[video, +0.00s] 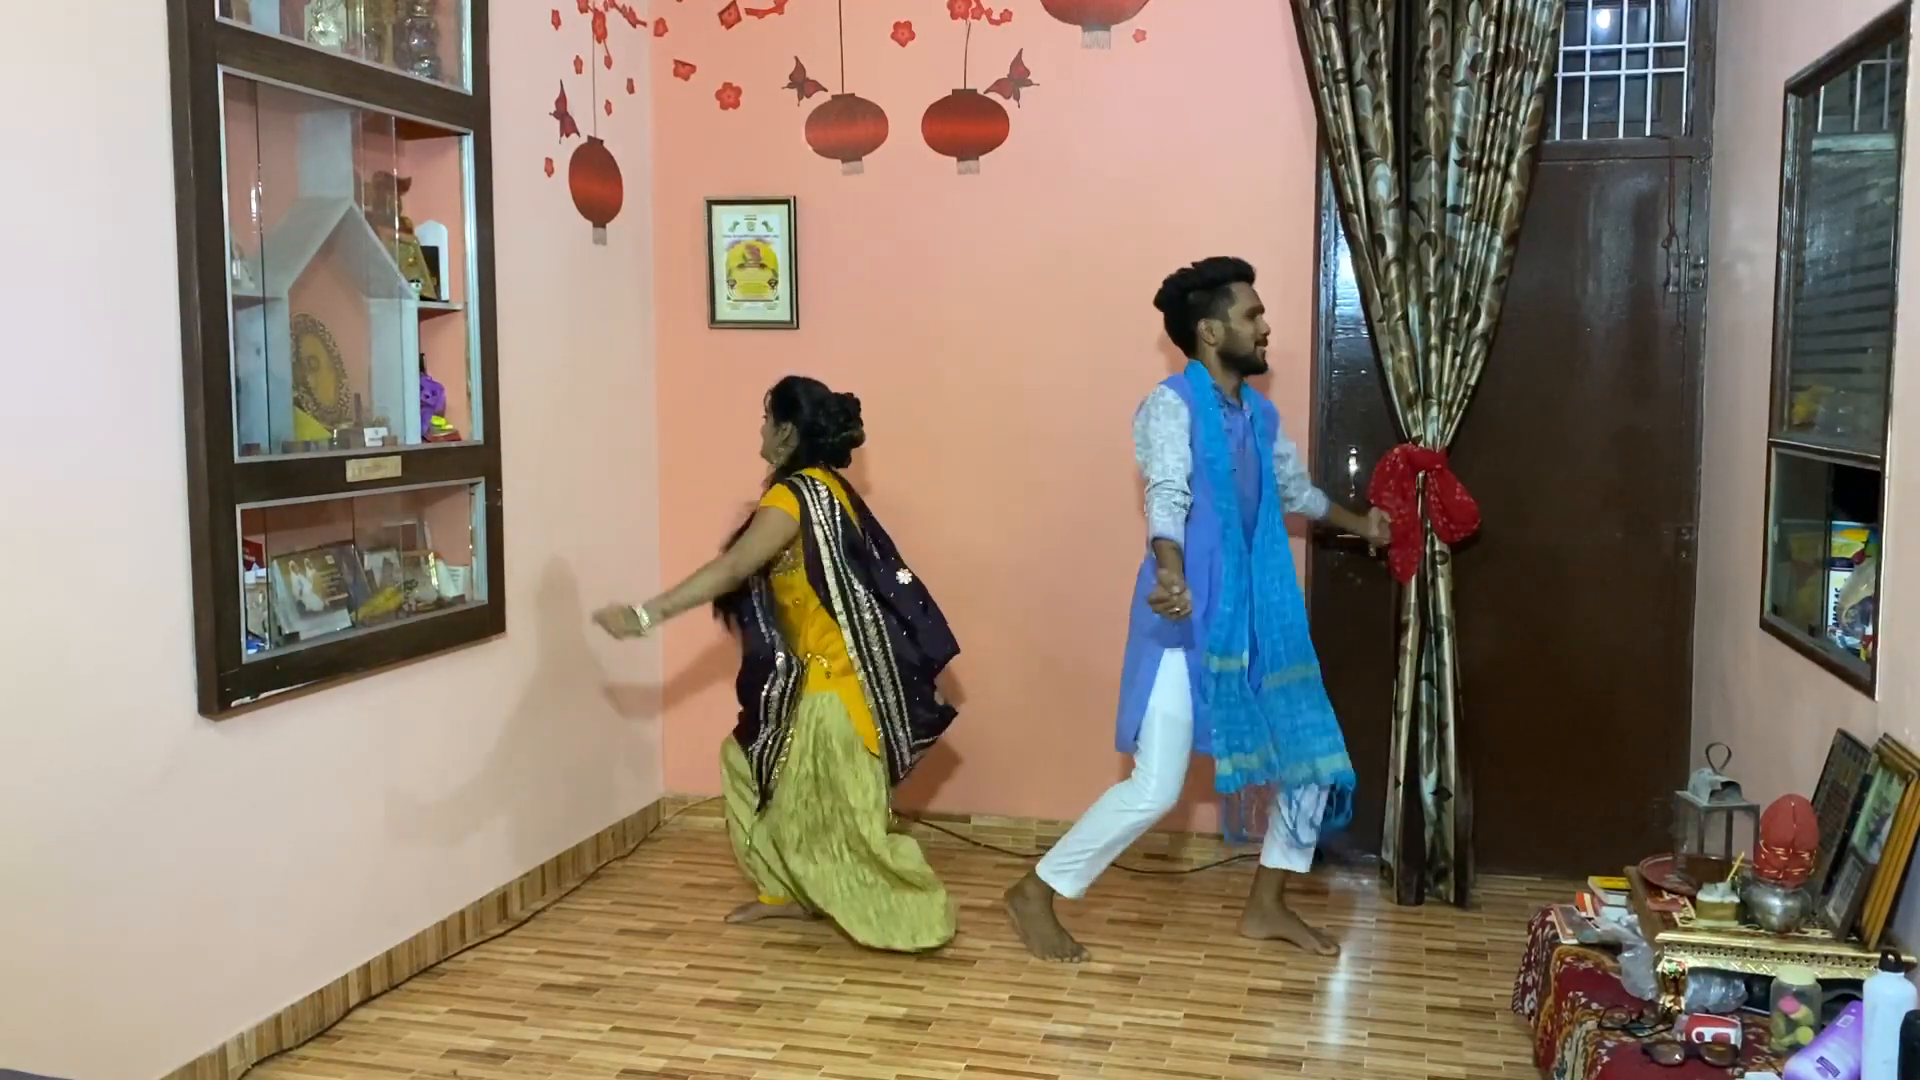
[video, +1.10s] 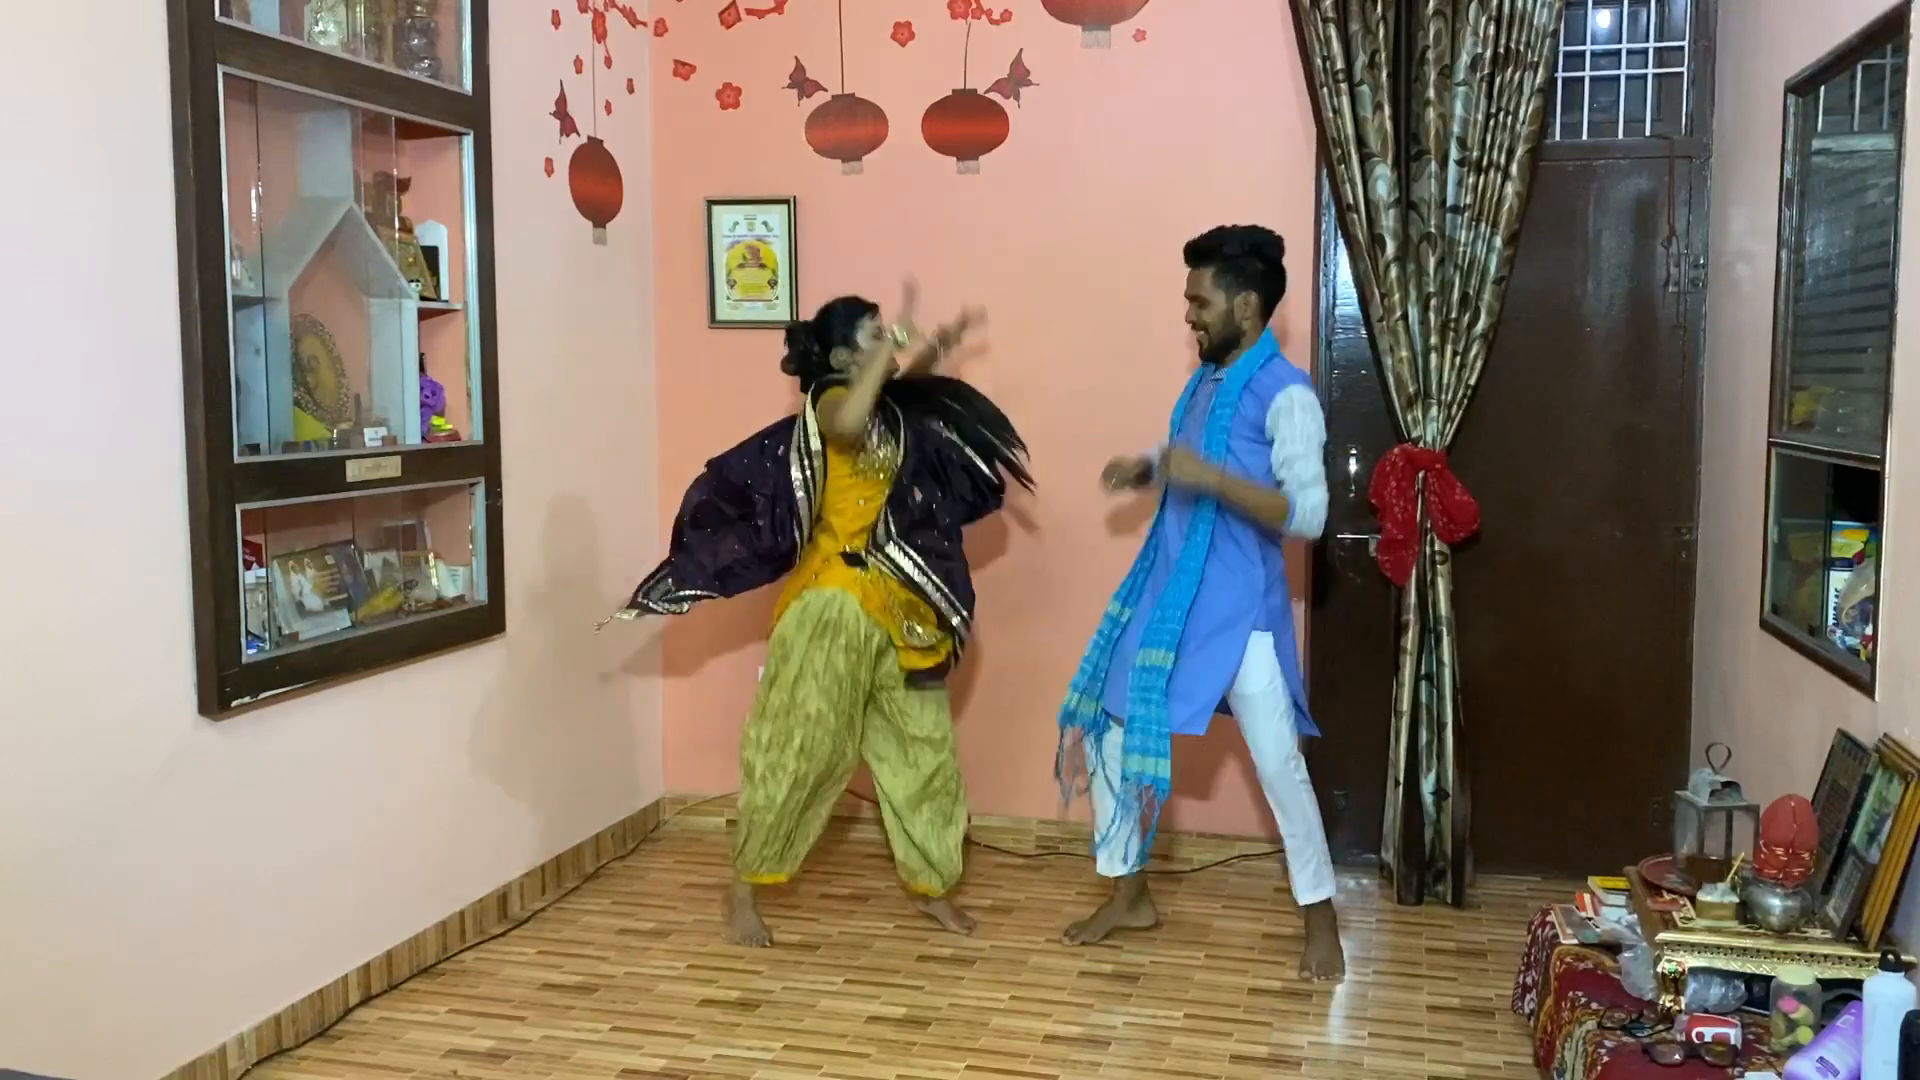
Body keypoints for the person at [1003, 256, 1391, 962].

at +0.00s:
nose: (1266, 325)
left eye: (1262, 313)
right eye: (1252, 315)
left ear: (1228, 328)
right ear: (1208, 332)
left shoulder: (1260, 414)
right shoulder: (1170, 407)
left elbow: (1295, 491)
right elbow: (1166, 496)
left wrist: (1361, 521)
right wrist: (1170, 572)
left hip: (1259, 619)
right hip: (1186, 615)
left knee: (1313, 757)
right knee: (1158, 787)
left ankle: (1268, 902)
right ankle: (1038, 892)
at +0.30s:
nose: (1191, 364)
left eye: (1207, 350)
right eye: (1184, 353)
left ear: (1252, 357)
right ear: (1179, 360)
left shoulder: (1278, 452)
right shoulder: (1162, 447)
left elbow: (1291, 565)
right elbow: (1136, 548)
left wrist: (1339, 654)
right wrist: (1138, 640)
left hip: (1256, 652)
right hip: (1174, 652)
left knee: (1344, 758)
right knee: (1143, 800)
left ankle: (1269, 902)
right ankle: (1101, 906)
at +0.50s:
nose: (1170, 352)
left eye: (1183, 340)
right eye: (1171, 339)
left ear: (1232, 350)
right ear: (1218, 351)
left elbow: (1369, 522)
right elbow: (1092, 512)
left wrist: (1304, 579)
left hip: (1247, 645)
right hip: (1153, 637)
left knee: (1327, 780)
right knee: (1088, 775)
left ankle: (1271, 903)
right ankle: (1090, 902)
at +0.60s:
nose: (1178, 301)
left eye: (1190, 289)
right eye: (1180, 287)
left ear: (1237, 298)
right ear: (1224, 299)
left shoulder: (1284, 381)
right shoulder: (1179, 374)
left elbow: (1380, 380)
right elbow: (1122, 387)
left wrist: (1257, 391)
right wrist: (1093, 382)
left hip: (1243, 600)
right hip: (1156, 593)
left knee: (1289, 757)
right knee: (1104, 741)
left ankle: (1281, 893)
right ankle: (1095, 893)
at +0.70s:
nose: (1188, 251)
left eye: (1205, 238)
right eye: (1187, 239)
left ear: (1248, 252)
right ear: (1194, 252)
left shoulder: (1277, 325)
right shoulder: (1184, 318)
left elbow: (1336, 252)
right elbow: (1135, 272)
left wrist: (1250, 200)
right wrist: (1105, 209)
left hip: (1242, 551)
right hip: (1156, 547)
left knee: (1272, 719)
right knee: (1114, 703)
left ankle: (1298, 877)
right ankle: (1099, 871)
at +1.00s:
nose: (1197, 282)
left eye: (1209, 272)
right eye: (1198, 271)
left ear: (1250, 283)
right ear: (1212, 281)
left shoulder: (1270, 355)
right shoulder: (1198, 354)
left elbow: (1304, 347)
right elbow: (1158, 339)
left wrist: (1240, 269)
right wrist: (1143, 308)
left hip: (1243, 583)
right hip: (1164, 577)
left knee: (1277, 742)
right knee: (1107, 722)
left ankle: (1319, 914)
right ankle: (1128, 890)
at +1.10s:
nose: (1189, 315)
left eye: (1201, 302)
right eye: (1189, 301)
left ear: (1250, 305)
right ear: (1217, 302)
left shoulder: (1288, 395)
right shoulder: (1206, 381)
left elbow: (1305, 514)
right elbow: (1202, 469)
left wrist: (1208, 475)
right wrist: (1147, 471)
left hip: (1241, 602)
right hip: (1170, 592)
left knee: (1276, 754)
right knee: (1115, 722)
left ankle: (1317, 911)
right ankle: (1128, 891)